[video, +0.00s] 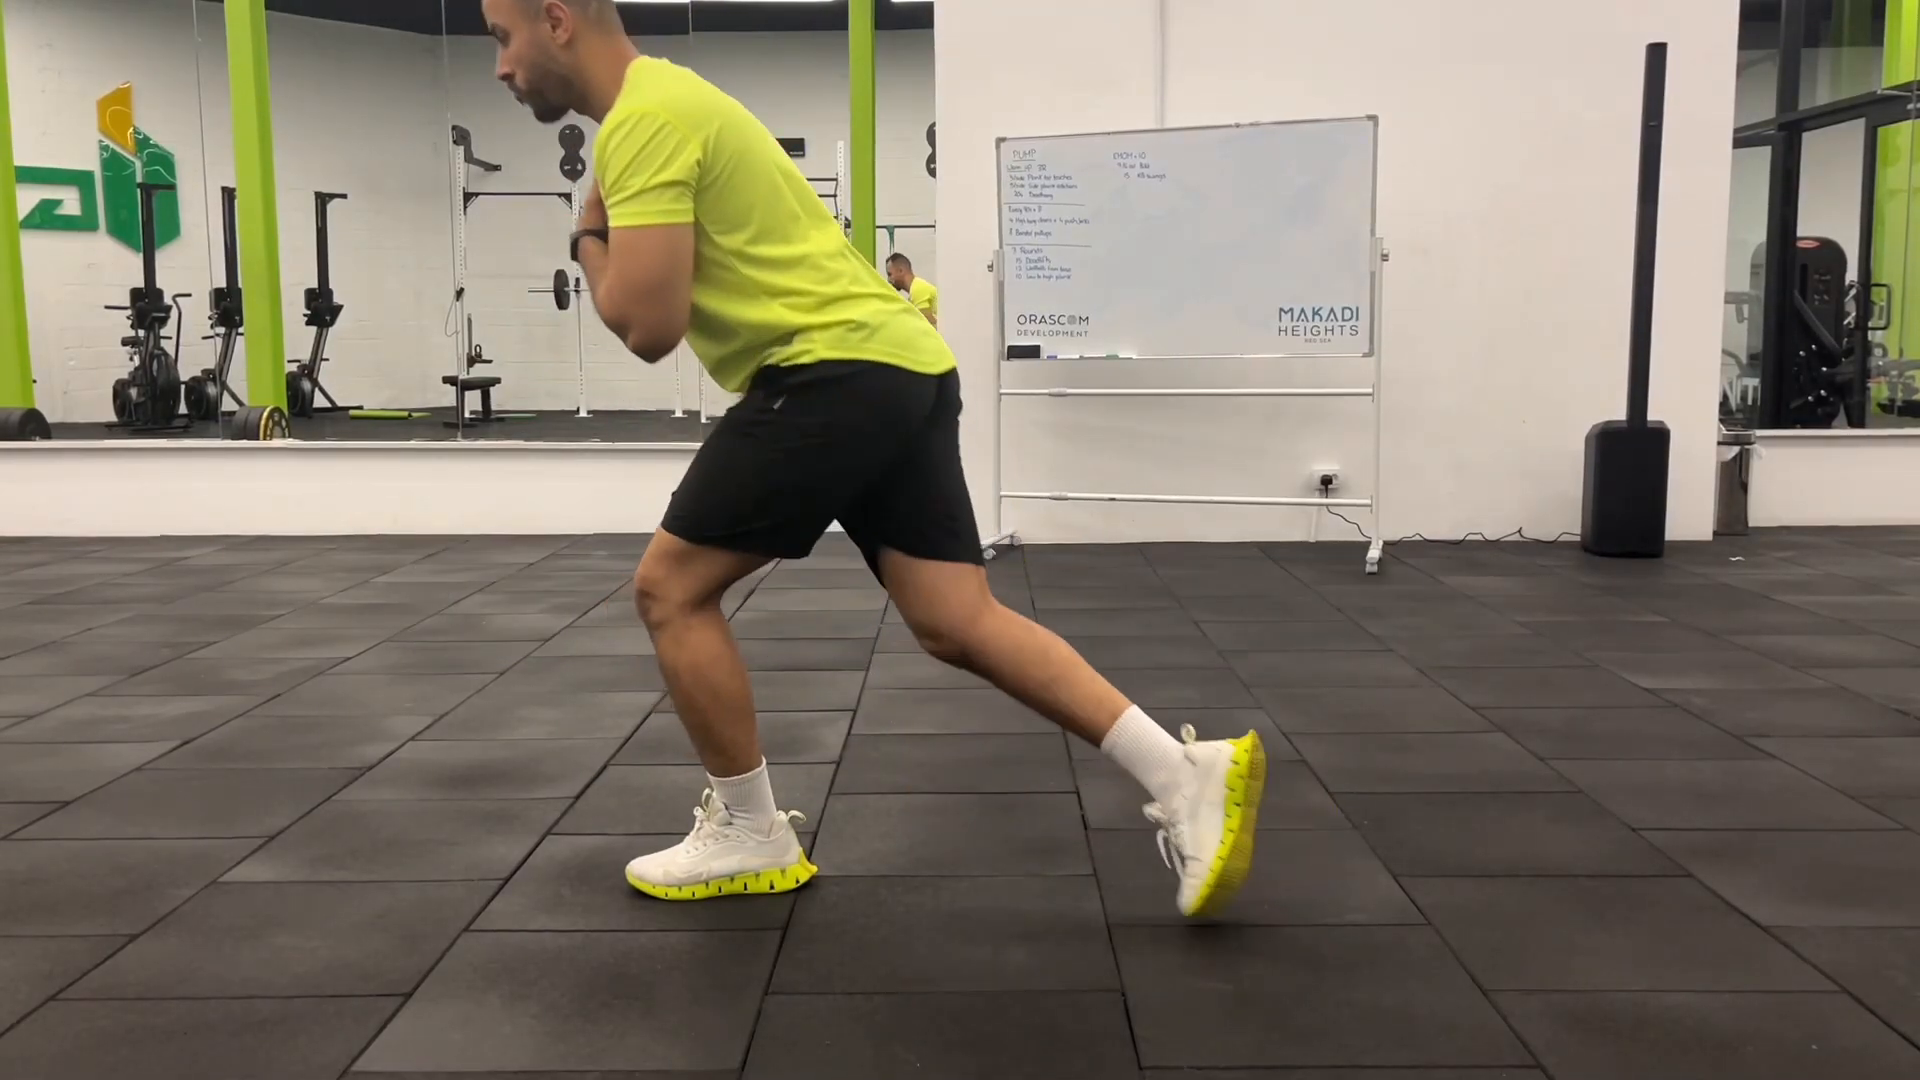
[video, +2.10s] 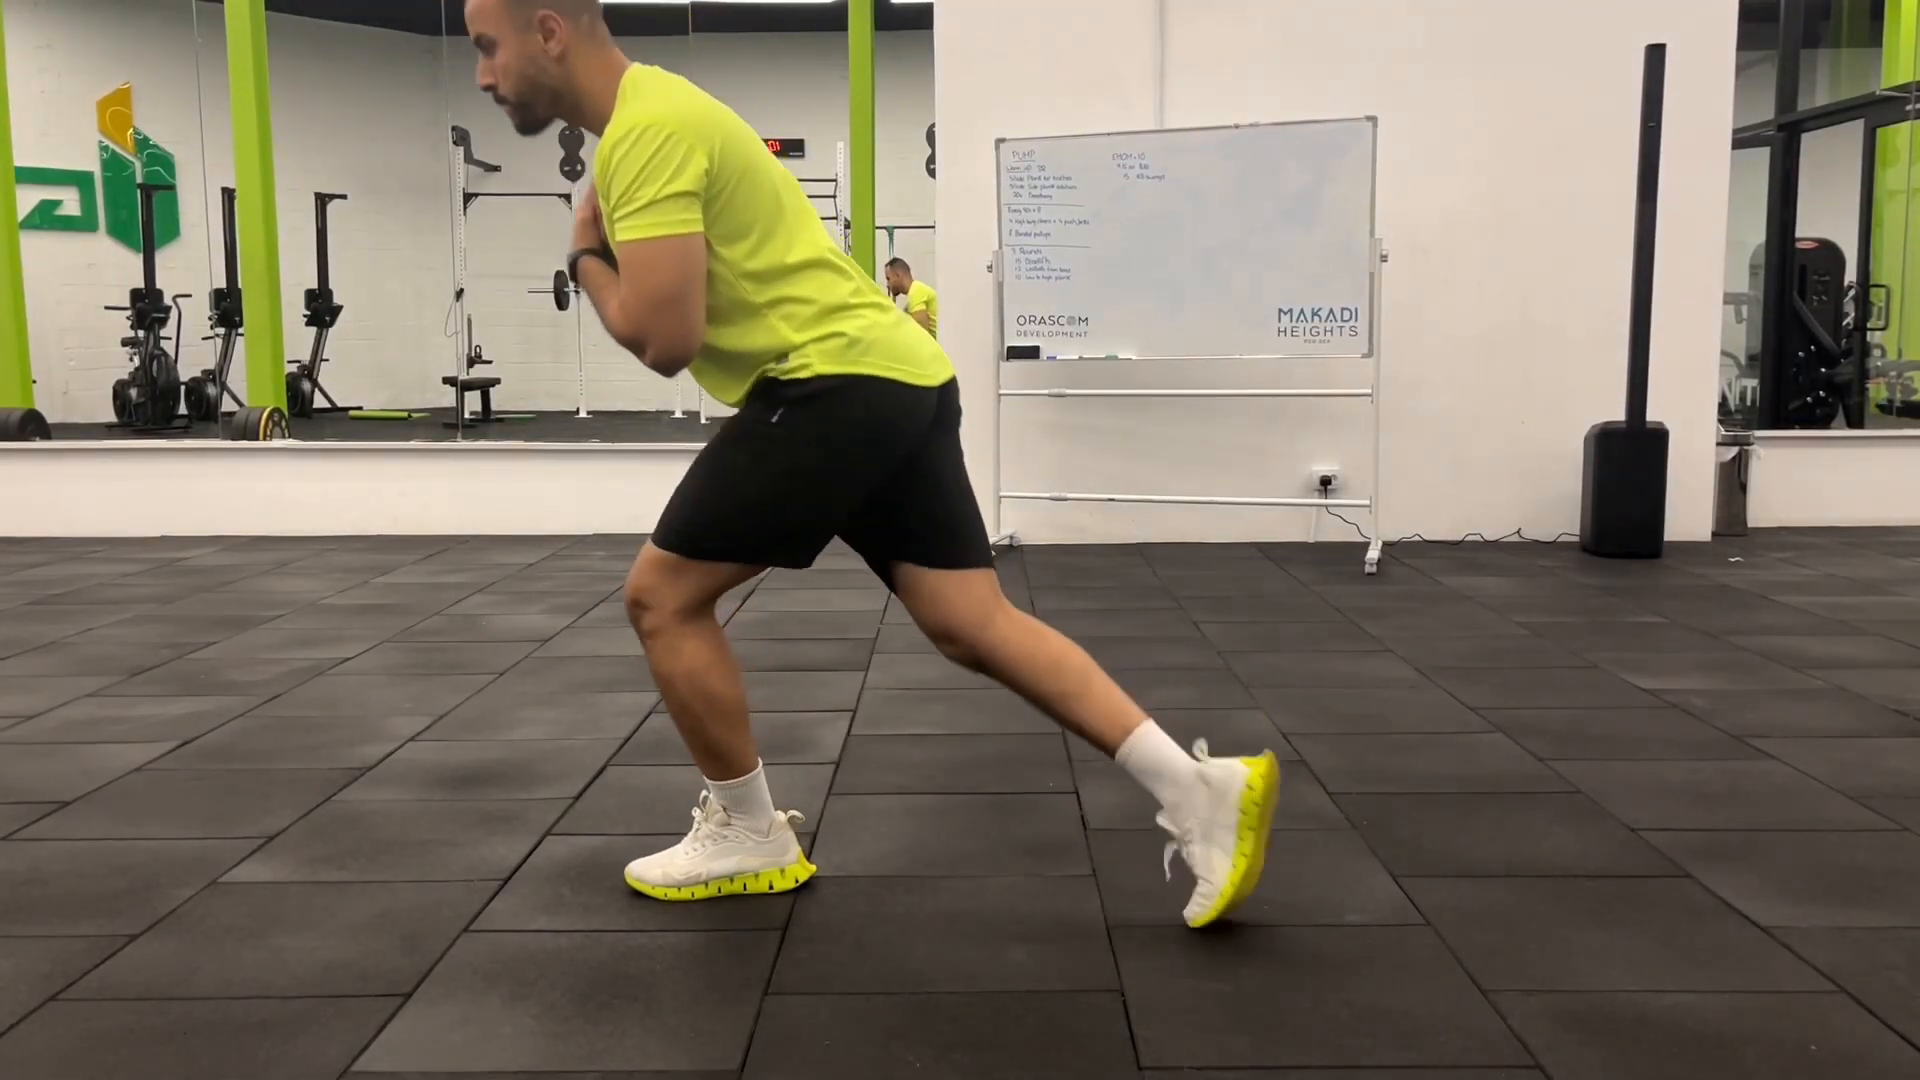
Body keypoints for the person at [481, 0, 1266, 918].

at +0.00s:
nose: (499, 67)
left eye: (502, 39)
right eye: (492, 42)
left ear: (560, 23)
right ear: (571, 27)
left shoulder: (650, 116)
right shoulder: (676, 104)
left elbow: (649, 326)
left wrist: (590, 248)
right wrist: (616, 247)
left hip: (827, 376)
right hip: (904, 368)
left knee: (671, 590)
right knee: (956, 620)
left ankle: (749, 829)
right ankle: (1182, 775)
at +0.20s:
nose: (483, 9)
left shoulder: (619, 54)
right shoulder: (661, 42)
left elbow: (611, 261)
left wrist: (556, 183)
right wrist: (590, 196)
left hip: (780, 330)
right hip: (863, 324)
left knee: (685, 584)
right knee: (841, 583)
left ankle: (749, 829)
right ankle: (1059, 717)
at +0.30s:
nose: (527, 7)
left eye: (529, 1)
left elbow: (592, 233)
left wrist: (549, 145)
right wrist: (578, 140)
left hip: (762, 316)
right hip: (838, 310)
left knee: (694, 577)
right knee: (786, 563)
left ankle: (748, 828)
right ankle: (972, 729)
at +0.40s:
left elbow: (580, 206)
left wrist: (547, 119)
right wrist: (573, 123)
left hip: (748, 304)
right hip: (820, 297)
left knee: (703, 569)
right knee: (758, 548)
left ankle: (749, 829)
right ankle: (869, 752)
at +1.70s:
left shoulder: (620, 21)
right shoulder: (654, 22)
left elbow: (609, 224)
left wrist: (540, 136)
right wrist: (574, 128)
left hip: (760, 312)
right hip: (819, 304)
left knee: (707, 576)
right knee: (809, 554)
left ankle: (750, 828)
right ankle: (996, 729)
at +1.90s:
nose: (461, 18)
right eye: (454, 7)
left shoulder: (619, 60)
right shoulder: (632, 53)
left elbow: (623, 268)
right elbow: (645, 243)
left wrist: (546, 187)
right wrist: (571, 182)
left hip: (788, 337)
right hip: (855, 325)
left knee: (688, 587)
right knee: (914, 570)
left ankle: (749, 828)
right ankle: (1137, 709)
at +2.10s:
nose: (482, 77)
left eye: (486, 47)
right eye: (474, 51)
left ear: (555, 31)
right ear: (562, 35)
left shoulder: (650, 130)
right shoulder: (668, 112)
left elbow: (663, 335)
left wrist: (587, 258)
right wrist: (609, 255)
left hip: (826, 391)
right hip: (900, 380)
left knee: (663, 597)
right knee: (973, 620)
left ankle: (748, 831)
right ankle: (1194, 790)